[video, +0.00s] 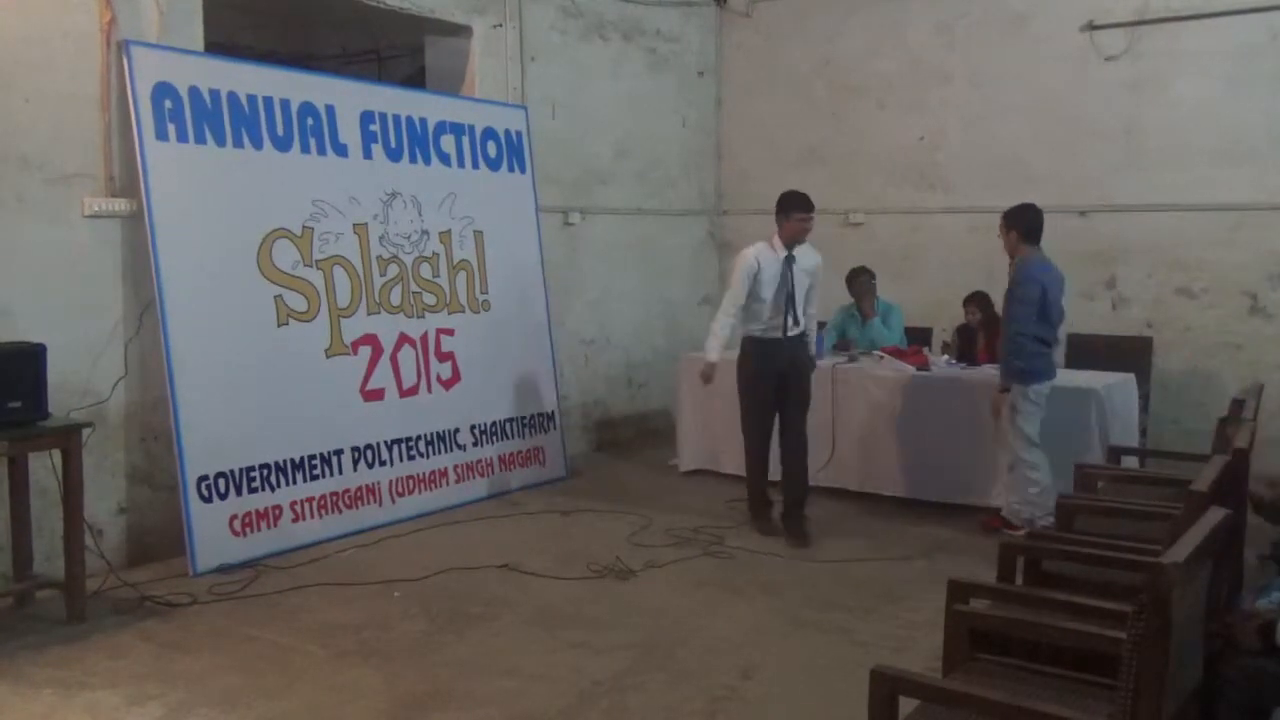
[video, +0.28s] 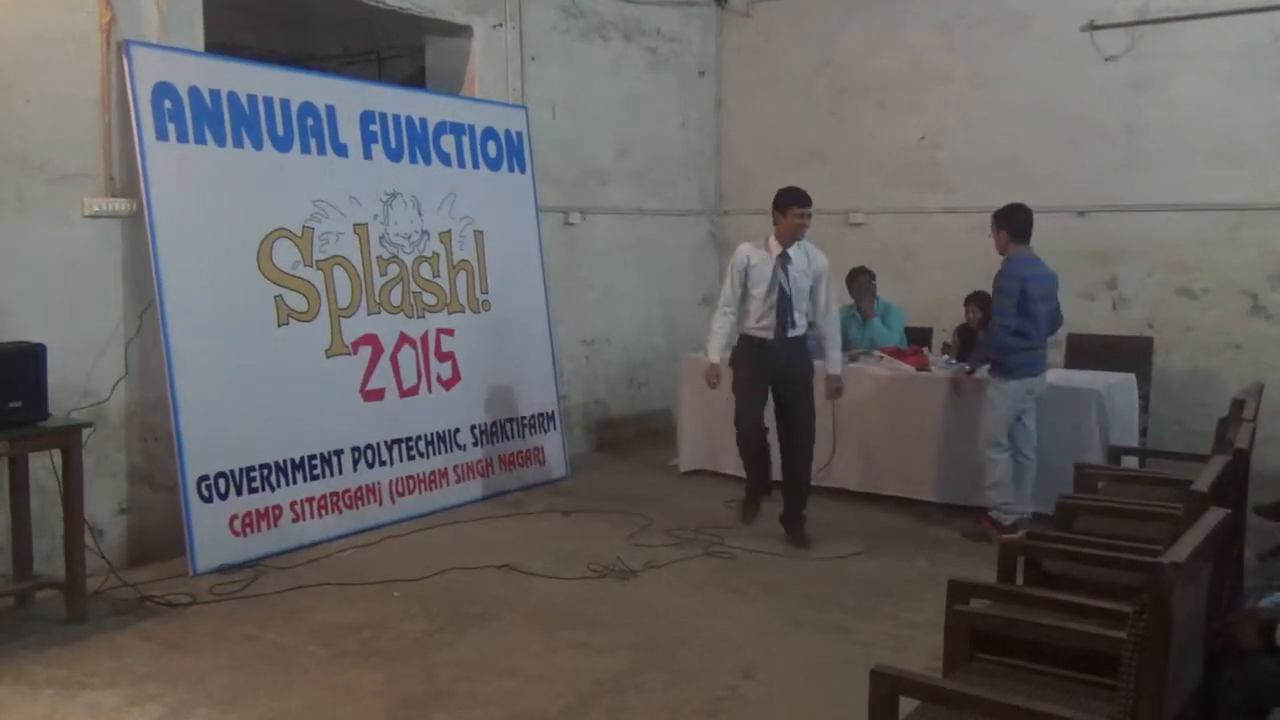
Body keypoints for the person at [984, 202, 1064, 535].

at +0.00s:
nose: (1002, 241)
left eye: (1003, 234)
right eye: (1002, 233)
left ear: (1015, 234)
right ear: (1035, 233)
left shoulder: (1025, 273)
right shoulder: (1050, 270)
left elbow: (1014, 332)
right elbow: (1053, 322)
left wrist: (1004, 382)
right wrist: (1036, 351)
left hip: (1026, 373)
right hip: (1039, 370)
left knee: (1023, 446)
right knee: (1021, 445)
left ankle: (1038, 514)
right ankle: (1017, 511)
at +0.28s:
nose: (993, 239)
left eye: (994, 232)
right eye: (993, 232)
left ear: (1005, 233)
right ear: (1025, 232)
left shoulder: (1009, 273)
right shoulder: (1045, 272)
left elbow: (998, 330)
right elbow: (1053, 322)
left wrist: (973, 364)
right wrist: (1022, 337)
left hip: (1009, 375)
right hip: (1034, 374)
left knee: (994, 444)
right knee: (1024, 446)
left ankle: (1002, 514)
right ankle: (1020, 513)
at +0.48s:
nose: (984, 239)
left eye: (986, 232)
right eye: (985, 232)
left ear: (995, 234)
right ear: (1017, 233)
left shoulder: (995, 272)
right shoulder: (1039, 272)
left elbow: (982, 323)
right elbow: (1051, 321)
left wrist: (980, 356)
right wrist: (1028, 345)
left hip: (998, 375)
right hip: (1028, 373)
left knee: (977, 443)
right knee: (1021, 449)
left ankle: (963, 509)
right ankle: (1018, 515)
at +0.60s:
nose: (976, 240)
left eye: (977, 234)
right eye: (977, 233)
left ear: (985, 236)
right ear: (1010, 233)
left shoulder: (986, 274)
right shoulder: (1033, 274)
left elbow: (967, 324)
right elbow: (1046, 322)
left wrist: (940, 331)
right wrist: (1025, 350)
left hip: (990, 377)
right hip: (1021, 374)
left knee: (969, 444)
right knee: (1017, 451)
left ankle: (946, 507)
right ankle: (1017, 516)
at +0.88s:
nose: (952, 241)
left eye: (953, 236)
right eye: (953, 236)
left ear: (959, 237)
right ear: (985, 234)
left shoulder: (956, 278)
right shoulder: (1007, 275)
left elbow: (933, 326)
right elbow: (1018, 323)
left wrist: (902, 315)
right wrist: (986, 319)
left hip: (960, 377)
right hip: (992, 374)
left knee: (948, 445)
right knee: (995, 444)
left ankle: (939, 509)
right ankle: (1011, 511)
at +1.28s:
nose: (920, 239)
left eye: (920, 234)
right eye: (921, 234)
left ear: (926, 236)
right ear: (952, 233)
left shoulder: (927, 277)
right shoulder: (974, 269)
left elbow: (917, 329)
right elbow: (989, 317)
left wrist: (882, 324)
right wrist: (960, 328)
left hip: (938, 369)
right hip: (966, 365)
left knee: (941, 437)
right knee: (951, 430)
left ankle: (938, 507)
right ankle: (970, 497)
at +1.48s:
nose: (910, 238)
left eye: (910, 233)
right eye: (912, 233)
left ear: (915, 236)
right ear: (942, 232)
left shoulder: (920, 275)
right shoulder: (963, 269)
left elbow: (916, 328)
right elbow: (978, 314)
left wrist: (881, 329)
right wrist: (951, 331)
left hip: (933, 369)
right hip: (957, 365)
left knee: (934, 439)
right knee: (942, 435)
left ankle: (937, 506)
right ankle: (938, 497)